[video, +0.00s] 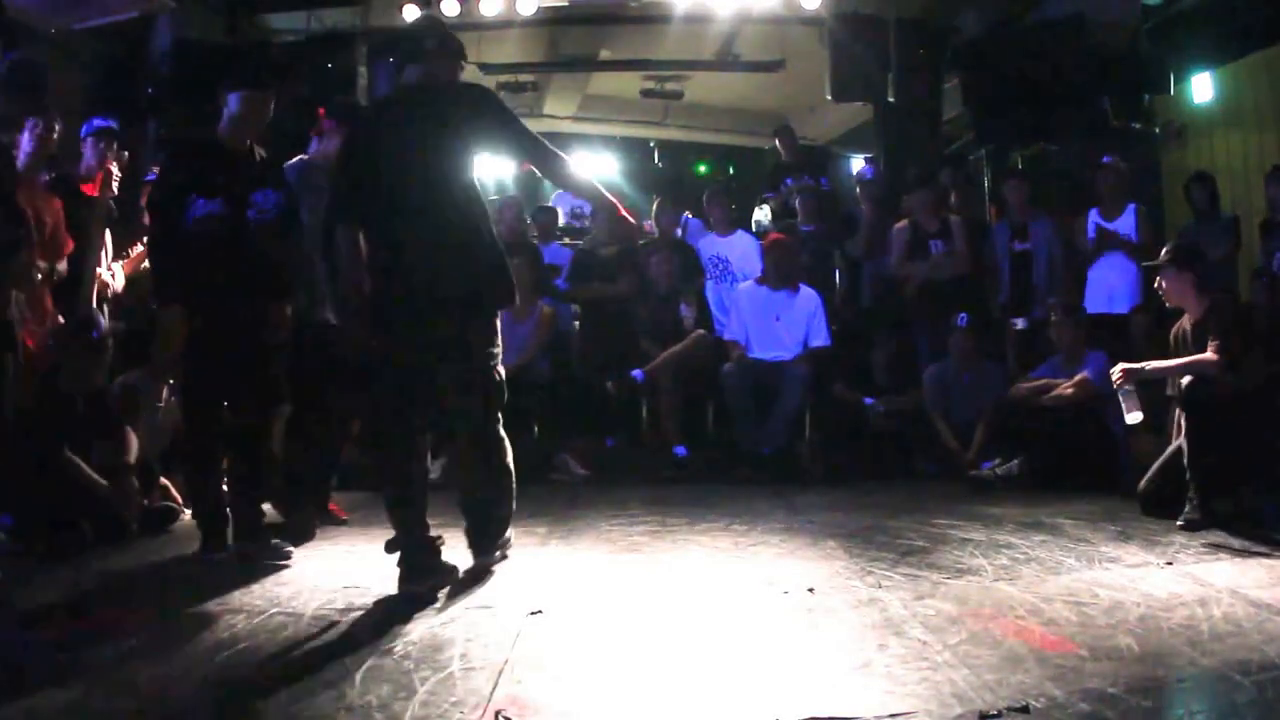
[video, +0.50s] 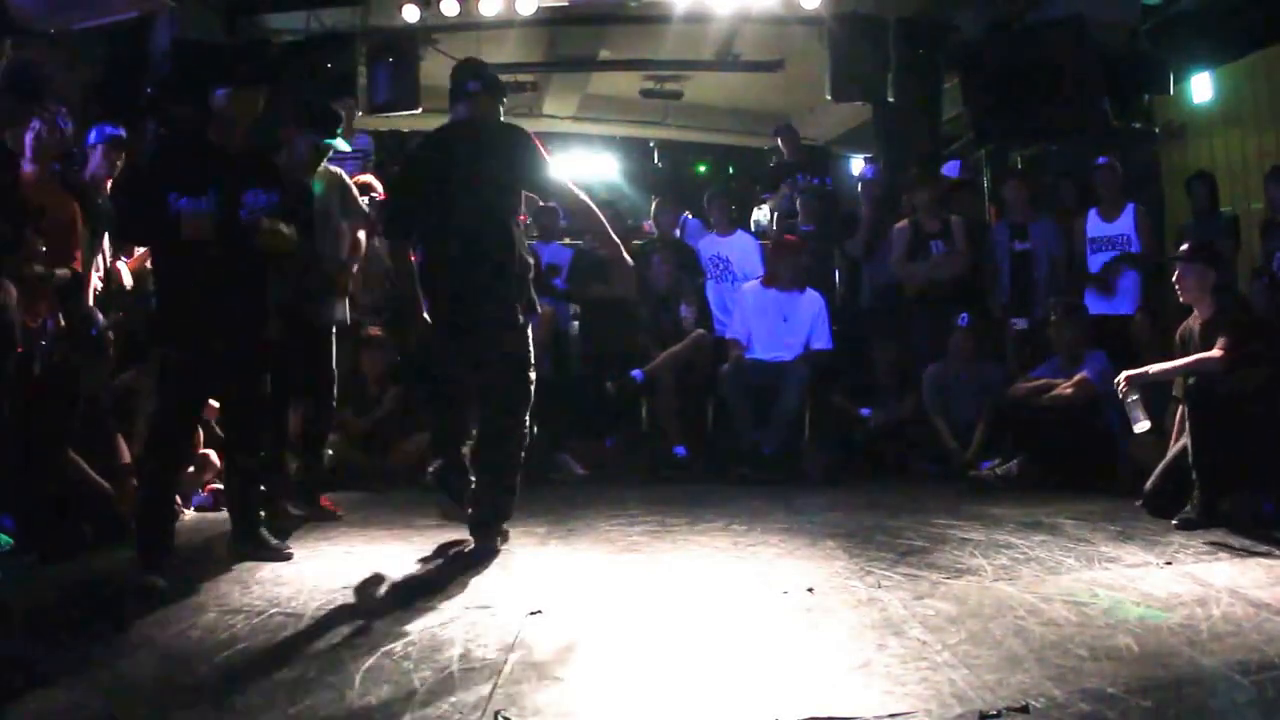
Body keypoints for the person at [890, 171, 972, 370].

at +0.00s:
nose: (923, 202)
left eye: (926, 195)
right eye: (917, 196)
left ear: (934, 197)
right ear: (909, 201)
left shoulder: (954, 224)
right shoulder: (902, 230)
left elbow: (962, 263)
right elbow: (897, 267)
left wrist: (926, 273)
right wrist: (931, 266)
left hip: (953, 295)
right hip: (920, 298)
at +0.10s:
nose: (924, 202)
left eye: (927, 196)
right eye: (919, 197)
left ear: (936, 198)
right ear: (910, 201)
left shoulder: (954, 224)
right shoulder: (902, 230)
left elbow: (961, 263)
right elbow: (896, 269)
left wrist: (923, 274)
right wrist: (936, 265)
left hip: (952, 296)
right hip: (919, 300)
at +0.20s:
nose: (924, 203)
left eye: (927, 196)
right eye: (918, 197)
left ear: (936, 197)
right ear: (910, 201)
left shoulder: (954, 224)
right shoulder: (902, 230)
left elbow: (962, 263)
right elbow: (898, 269)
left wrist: (922, 272)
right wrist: (937, 266)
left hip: (953, 299)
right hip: (919, 303)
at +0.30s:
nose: (923, 202)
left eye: (926, 195)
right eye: (918, 196)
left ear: (935, 197)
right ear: (910, 200)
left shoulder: (954, 224)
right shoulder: (902, 230)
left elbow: (962, 263)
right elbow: (898, 269)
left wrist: (922, 272)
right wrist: (937, 266)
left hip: (953, 299)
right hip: (920, 303)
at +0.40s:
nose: (925, 201)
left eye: (929, 195)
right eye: (920, 196)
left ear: (937, 197)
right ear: (911, 199)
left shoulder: (954, 224)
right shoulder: (902, 230)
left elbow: (961, 263)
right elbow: (898, 269)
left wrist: (922, 274)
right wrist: (936, 265)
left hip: (953, 298)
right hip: (919, 302)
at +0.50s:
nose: (927, 198)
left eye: (930, 192)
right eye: (921, 193)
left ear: (937, 194)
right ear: (912, 198)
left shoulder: (955, 224)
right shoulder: (902, 229)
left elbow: (961, 263)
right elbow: (898, 269)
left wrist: (922, 274)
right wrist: (936, 265)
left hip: (953, 298)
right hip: (919, 302)